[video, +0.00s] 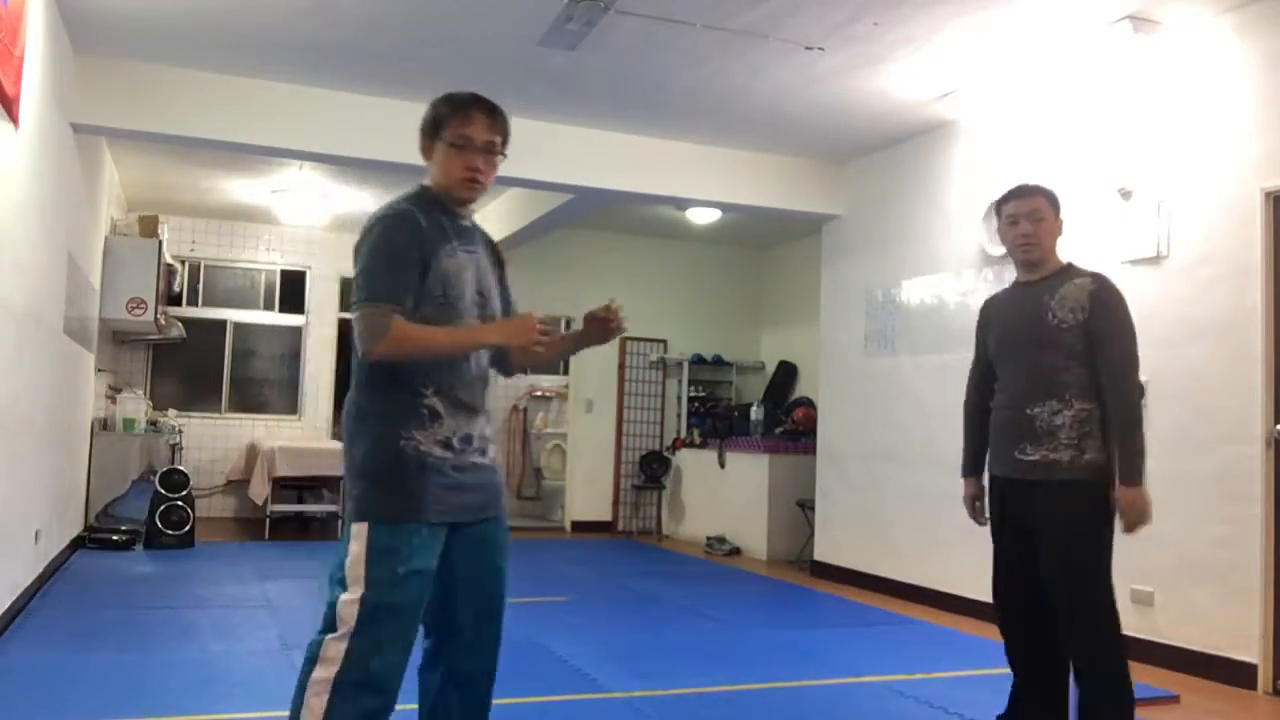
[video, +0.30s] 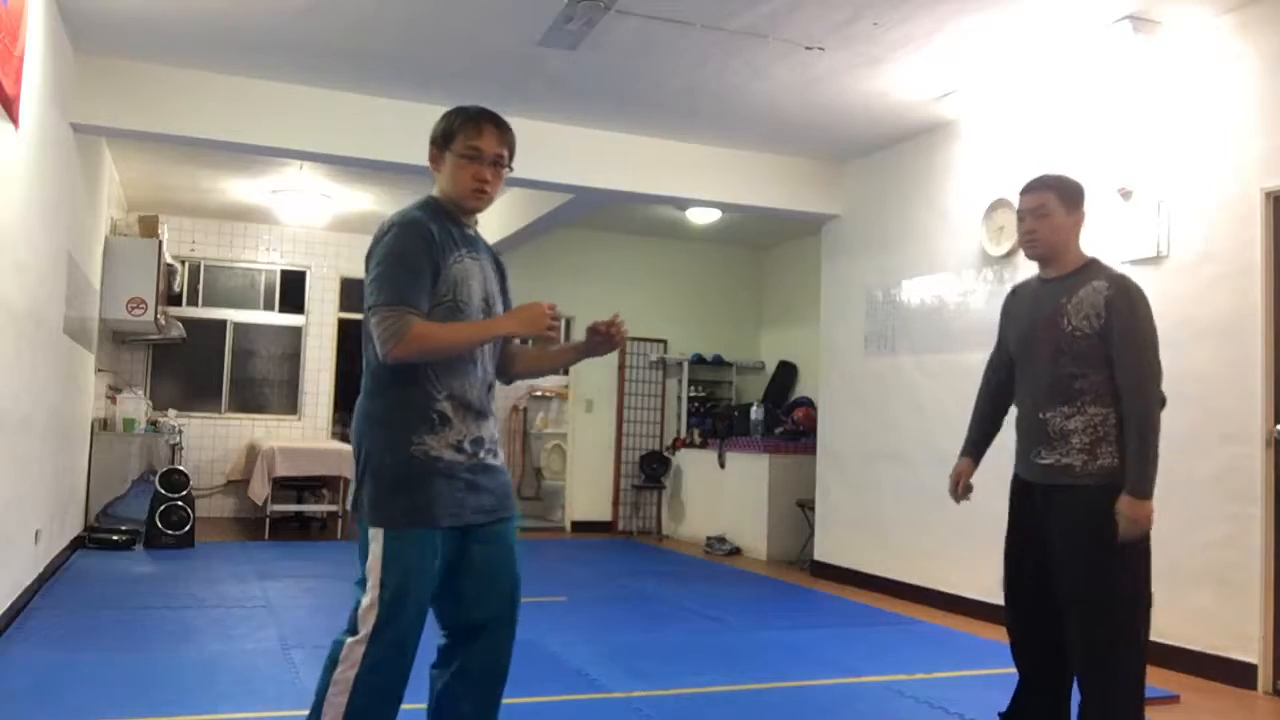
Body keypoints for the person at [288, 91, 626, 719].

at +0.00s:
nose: (478, 162)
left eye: (490, 151)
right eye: (463, 147)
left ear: (500, 162)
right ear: (428, 150)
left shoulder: (486, 249)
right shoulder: (396, 226)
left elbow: (504, 353)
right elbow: (377, 337)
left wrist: (577, 338)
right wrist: (493, 333)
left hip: (473, 477)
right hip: (398, 475)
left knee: (467, 651)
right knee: (363, 652)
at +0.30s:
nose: (487, 173)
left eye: (499, 164)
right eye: (472, 157)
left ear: (506, 176)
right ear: (436, 159)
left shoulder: (488, 258)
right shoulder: (409, 232)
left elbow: (507, 363)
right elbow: (395, 338)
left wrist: (582, 349)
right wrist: (505, 326)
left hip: (479, 475)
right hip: (407, 474)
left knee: (485, 632)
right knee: (384, 636)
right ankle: (338, 717)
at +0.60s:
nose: (488, 179)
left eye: (500, 171)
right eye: (474, 163)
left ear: (507, 180)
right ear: (436, 163)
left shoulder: (464, 248)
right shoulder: (421, 234)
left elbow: (479, 363)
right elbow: (425, 342)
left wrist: (561, 354)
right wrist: (527, 323)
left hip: (476, 460)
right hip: (417, 461)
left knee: (508, 615)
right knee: (383, 628)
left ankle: (514, 713)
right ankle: (333, 717)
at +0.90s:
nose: (524, 188)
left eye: (530, 178)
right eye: (513, 173)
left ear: (528, 185)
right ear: (469, 170)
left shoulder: (485, 247)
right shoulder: (456, 239)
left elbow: (522, 356)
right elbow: (492, 340)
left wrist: (589, 325)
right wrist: (566, 303)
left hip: (504, 450)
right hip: (461, 451)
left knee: (531, 610)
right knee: (440, 610)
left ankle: (530, 714)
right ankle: (371, 714)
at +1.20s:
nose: (525, 191)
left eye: (527, 180)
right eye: (517, 176)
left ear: (485, 177)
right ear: (476, 172)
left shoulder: (485, 255)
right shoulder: (445, 243)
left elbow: (535, 357)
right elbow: (485, 341)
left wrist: (617, 337)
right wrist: (558, 307)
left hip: (511, 463)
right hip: (459, 465)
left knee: (534, 621)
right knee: (444, 627)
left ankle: (533, 714)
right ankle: (398, 715)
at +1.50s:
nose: (522, 191)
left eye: (525, 180)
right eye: (516, 176)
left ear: (481, 175)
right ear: (476, 170)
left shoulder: (476, 249)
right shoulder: (445, 241)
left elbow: (537, 340)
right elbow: (496, 338)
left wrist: (616, 306)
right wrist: (565, 306)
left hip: (506, 466)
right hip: (458, 467)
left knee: (530, 623)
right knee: (443, 630)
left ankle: (532, 714)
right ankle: (398, 715)